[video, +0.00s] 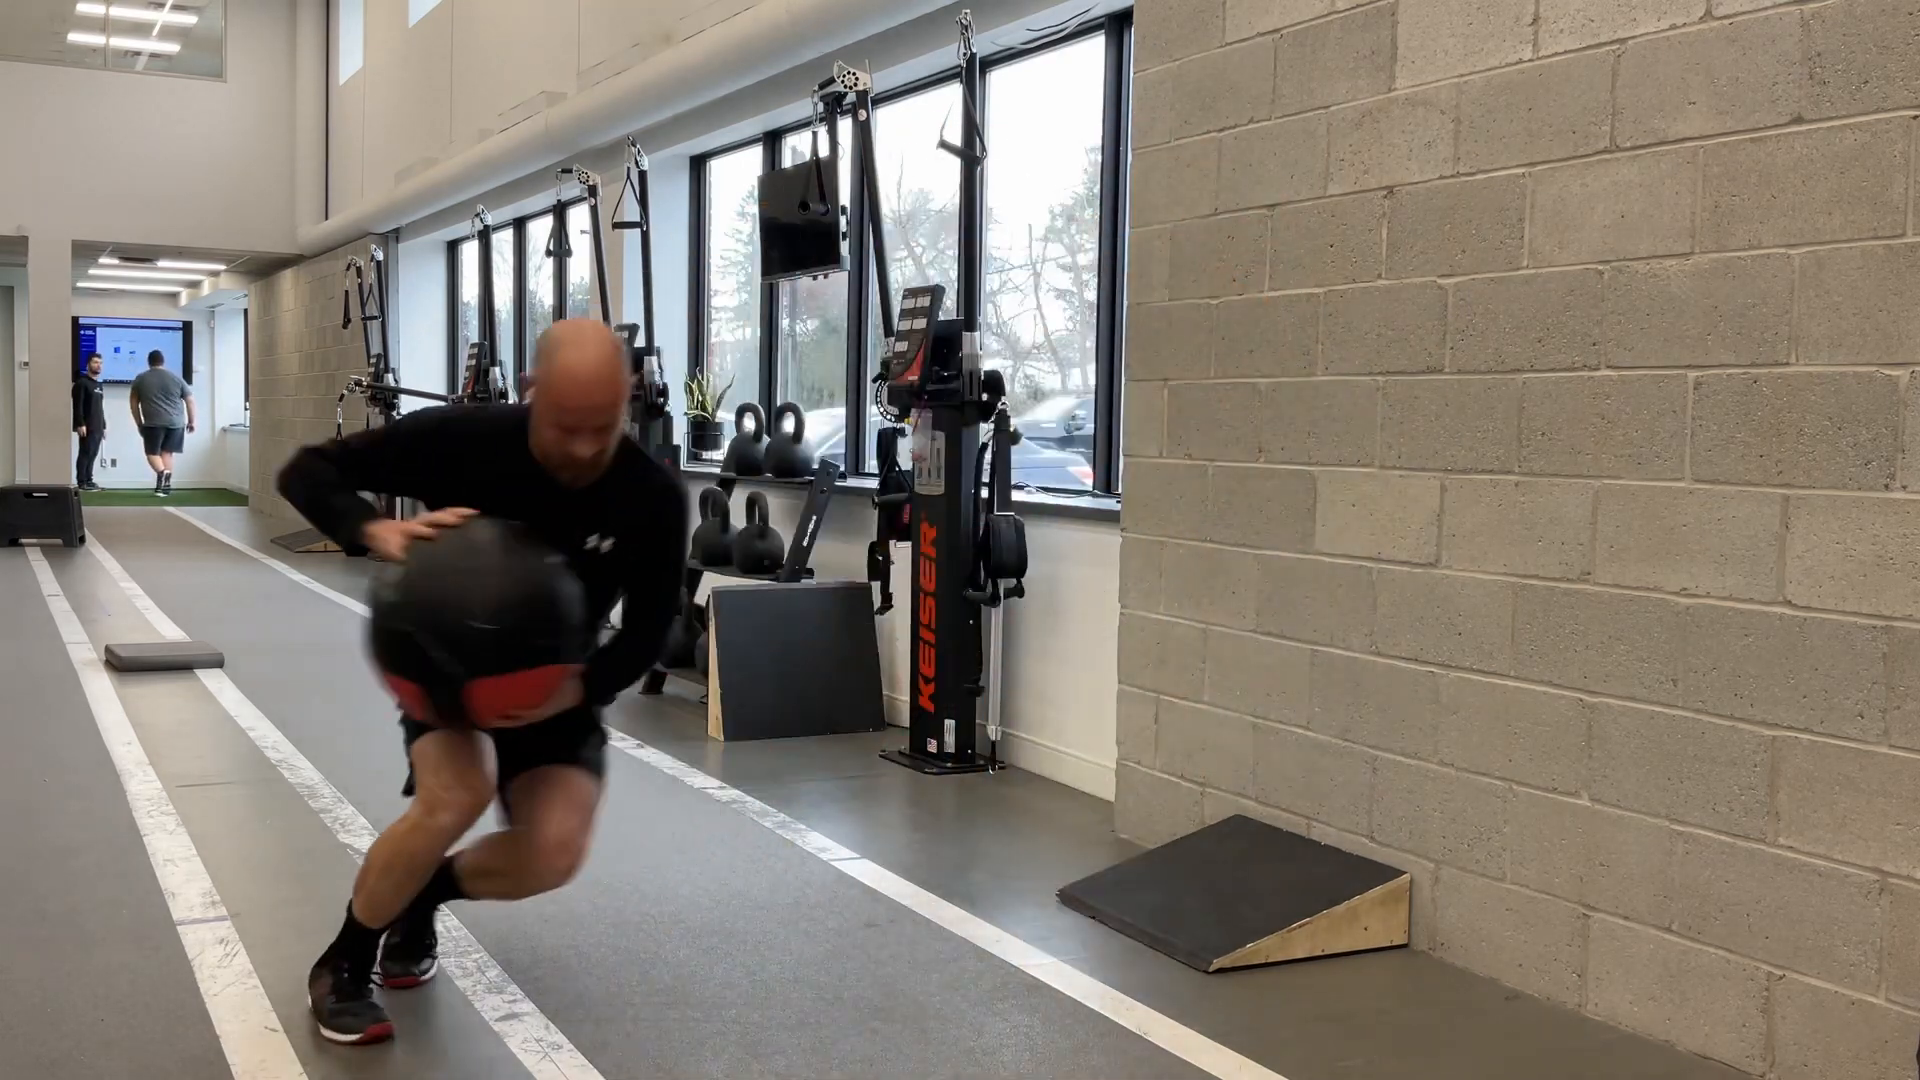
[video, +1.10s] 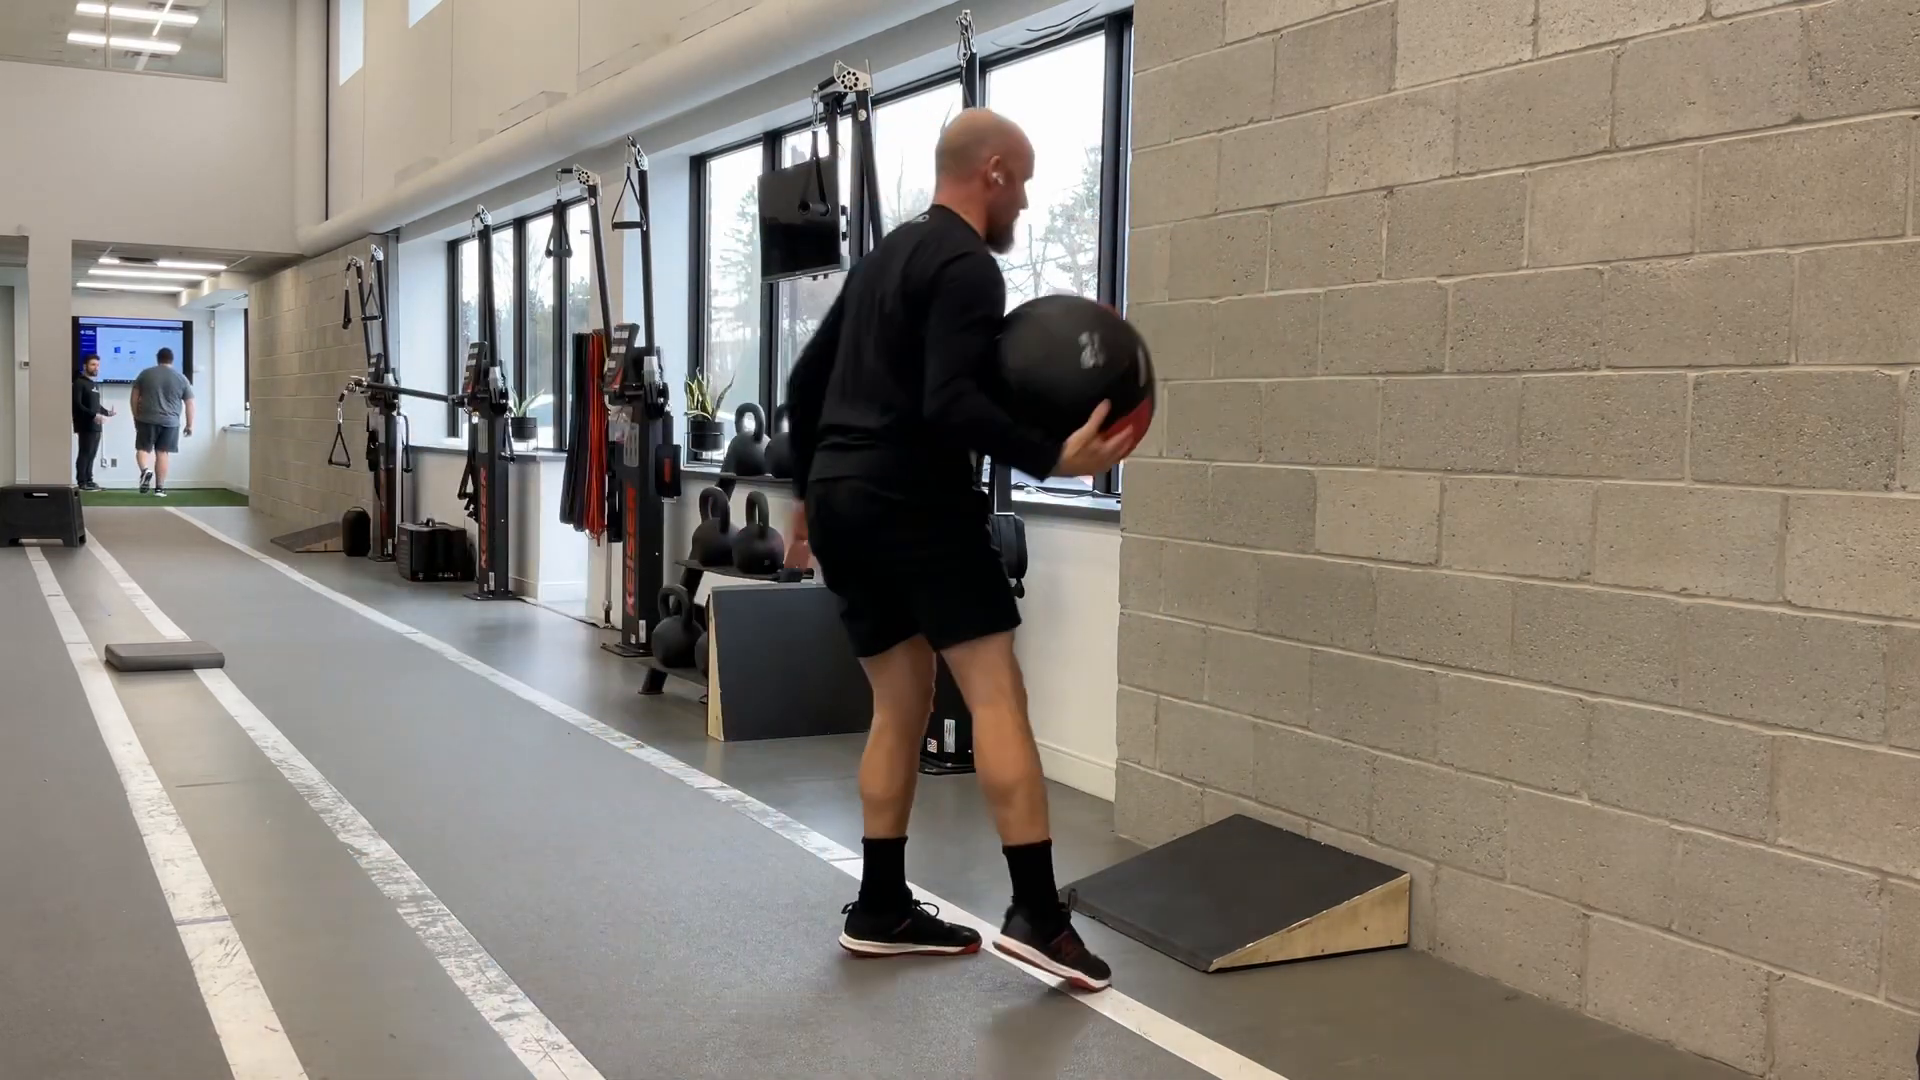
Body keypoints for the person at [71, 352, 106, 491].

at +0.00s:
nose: (98, 365)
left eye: (100, 363)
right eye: (95, 362)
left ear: (101, 365)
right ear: (88, 365)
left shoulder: (98, 385)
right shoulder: (81, 383)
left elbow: (99, 407)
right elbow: (78, 406)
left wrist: (103, 425)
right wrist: (80, 424)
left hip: (97, 425)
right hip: (87, 426)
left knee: (92, 454)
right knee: (85, 454)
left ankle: (89, 479)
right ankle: (82, 481)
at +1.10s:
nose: (96, 367)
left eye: (97, 365)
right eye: (93, 364)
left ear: (98, 367)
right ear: (86, 366)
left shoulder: (94, 384)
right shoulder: (79, 383)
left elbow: (95, 404)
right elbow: (78, 405)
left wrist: (107, 412)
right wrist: (93, 415)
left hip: (94, 423)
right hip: (84, 423)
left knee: (92, 453)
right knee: (85, 452)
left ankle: (89, 479)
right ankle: (82, 481)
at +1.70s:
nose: (91, 366)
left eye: (90, 363)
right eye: (89, 363)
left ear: (81, 365)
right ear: (84, 365)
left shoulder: (78, 381)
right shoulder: (80, 384)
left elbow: (81, 406)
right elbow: (82, 407)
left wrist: (96, 406)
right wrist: (98, 407)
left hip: (81, 425)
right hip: (82, 426)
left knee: (86, 450)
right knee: (85, 450)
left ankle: (81, 479)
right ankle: (81, 481)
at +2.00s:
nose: (81, 366)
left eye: (81, 363)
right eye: (79, 364)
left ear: (74, 367)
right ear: (74, 367)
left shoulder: (73, 383)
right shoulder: (75, 385)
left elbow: (79, 406)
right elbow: (81, 407)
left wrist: (91, 403)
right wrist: (94, 404)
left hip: (76, 425)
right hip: (79, 426)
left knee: (77, 455)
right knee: (78, 455)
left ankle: (81, 481)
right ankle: (81, 482)